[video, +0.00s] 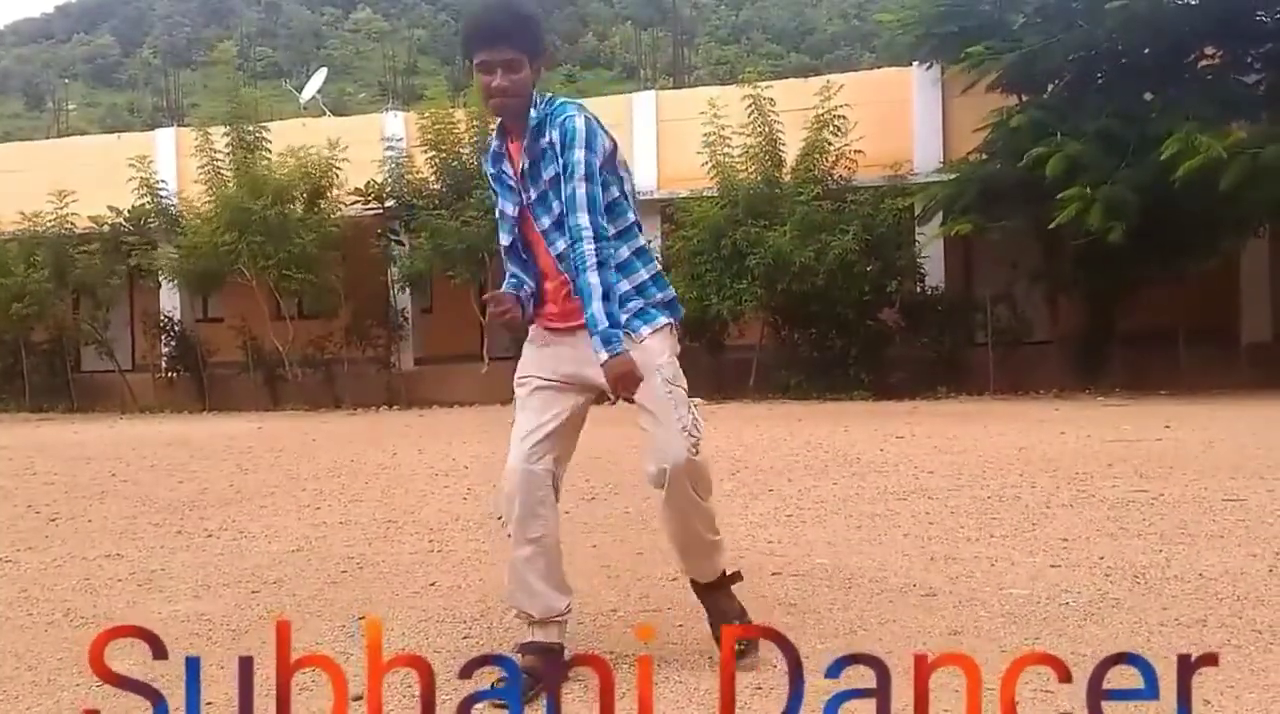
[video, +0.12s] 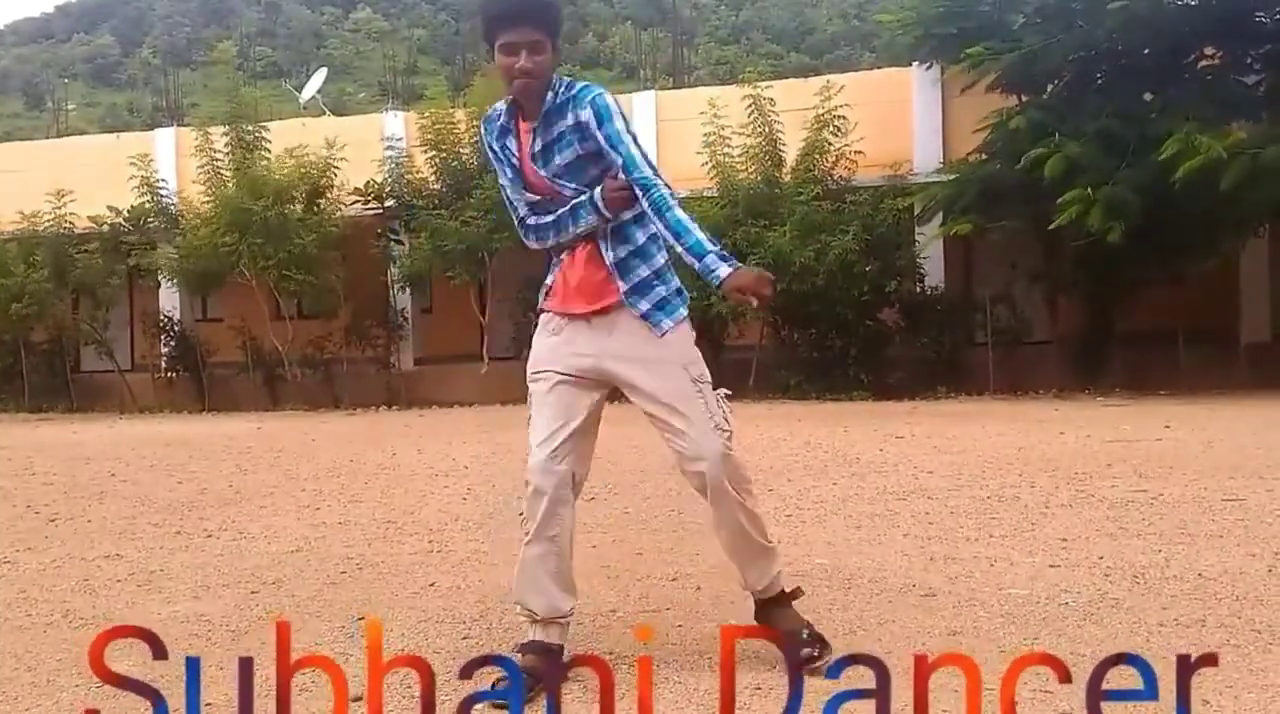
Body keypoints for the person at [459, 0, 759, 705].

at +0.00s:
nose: (497, 81)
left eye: (510, 67)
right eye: (485, 69)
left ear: (538, 69)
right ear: (474, 75)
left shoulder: (572, 126)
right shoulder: (495, 157)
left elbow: (588, 233)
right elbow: (517, 242)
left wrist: (611, 341)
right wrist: (517, 294)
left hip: (632, 317)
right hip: (552, 328)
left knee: (678, 458)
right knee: (526, 472)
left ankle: (711, 582)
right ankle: (545, 637)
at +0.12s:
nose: (523, 62)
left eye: (535, 49)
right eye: (510, 50)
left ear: (554, 52)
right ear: (492, 58)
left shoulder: (588, 106)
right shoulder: (494, 133)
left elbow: (650, 191)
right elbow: (533, 230)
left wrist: (721, 267)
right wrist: (596, 207)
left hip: (646, 310)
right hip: (565, 318)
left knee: (712, 460)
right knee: (548, 473)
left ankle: (772, 601)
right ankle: (547, 640)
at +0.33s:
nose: (611, 42)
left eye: (622, 29)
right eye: (597, 31)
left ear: (641, 38)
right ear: (578, 43)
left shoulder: (680, 107)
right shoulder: (559, 112)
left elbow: (755, 155)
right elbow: (568, 207)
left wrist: (851, 187)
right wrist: (670, 172)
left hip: (678, 318)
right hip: (591, 324)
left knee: (734, 478)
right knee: (558, 487)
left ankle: (786, 626)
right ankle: (544, 647)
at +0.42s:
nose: (643, 44)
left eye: (655, 31)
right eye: (630, 34)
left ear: (675, 40)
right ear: (613, 46)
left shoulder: (706, 125)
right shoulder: (592, 114)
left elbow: (781, 173)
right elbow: (589, 205)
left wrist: (874, 193)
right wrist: (693, 179)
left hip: (695, 318)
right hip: (610, 324)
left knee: (749, 480)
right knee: (579, 487)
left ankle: (788, 625)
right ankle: (546, 644)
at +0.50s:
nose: (676, 51)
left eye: (686, 37)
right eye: (662, 42)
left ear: (706, 45)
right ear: (646, 55)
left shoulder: (733, 138)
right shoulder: (616, 119)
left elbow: (789, 212)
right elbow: (591, 209)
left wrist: (866, 228)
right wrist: (692, 226)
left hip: (716, 323)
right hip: (632, 325)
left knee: (769, 483)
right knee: (593, 488)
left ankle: (785, 627)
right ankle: (546, 643)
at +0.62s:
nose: (717, 57)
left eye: (726, 43)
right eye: (703, 49)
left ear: (747, 49)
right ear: (687, 63)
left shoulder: (778, 148)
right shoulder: (658, 132)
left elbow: (788, 235)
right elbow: (616, 221)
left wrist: (770, 266)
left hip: (742, 337)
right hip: (655, 332)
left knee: (785, 488)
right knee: (604, 481)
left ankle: (782, 624)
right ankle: (554, 631)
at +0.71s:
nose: (727, 54)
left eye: (737, 41)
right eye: (713, 48)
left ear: (759, 48)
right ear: (699, 64)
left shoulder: (791, 141)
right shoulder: (674, 135)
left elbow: (776, 241)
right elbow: (622, 225)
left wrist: (687, 247)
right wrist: (550, 308)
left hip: (745, 328)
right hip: (659, 322)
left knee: (782, 485)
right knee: (605, 461)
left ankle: (782, 624)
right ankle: (593, 616)